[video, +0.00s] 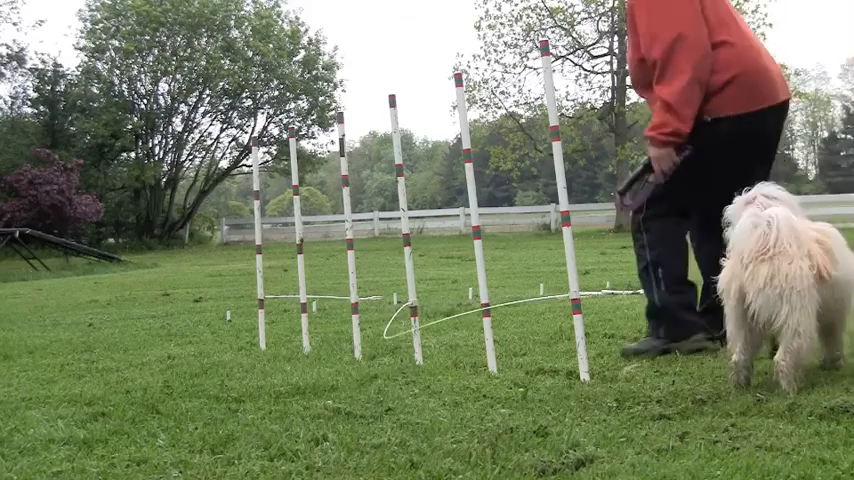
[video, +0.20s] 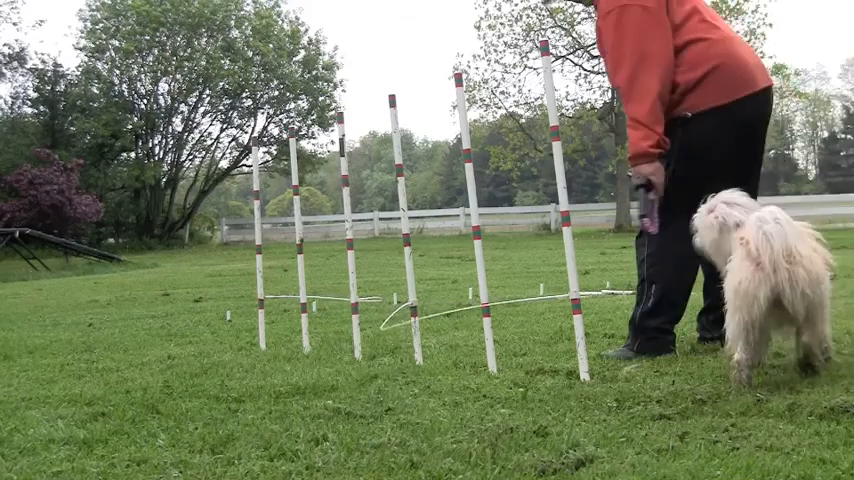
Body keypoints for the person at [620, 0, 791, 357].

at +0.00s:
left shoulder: (653, 5)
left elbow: (685, 51)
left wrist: (664, 135)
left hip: (733, 99)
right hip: (763, 93)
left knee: (655, 212)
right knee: (711, 215)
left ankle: (674, 326)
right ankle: (720, 319)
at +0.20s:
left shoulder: (622, 5)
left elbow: (642, 67)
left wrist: (644, 153)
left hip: (707, 96)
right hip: (750, 85)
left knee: (671, 220)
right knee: (729, 214)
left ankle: (650, 337)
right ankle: (719, 326)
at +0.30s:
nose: (558, 5)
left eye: (554, 3)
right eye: (553, 5)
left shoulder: (607, 6)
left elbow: (624, 76)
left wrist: (608, 161)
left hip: (692, 95)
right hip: (741, 81)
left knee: (656, 219)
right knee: (727, 216)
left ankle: (650, 339)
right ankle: (721, 323)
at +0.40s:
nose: (548, 5)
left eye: (547, 4)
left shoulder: (595, 6)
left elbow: (603, 79)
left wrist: (570, 153)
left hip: (682, 93)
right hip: (731, 80)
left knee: (646, 221)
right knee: (723, 219)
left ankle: (648, 339)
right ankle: (728, 329)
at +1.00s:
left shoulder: (560, 4)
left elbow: (563, 71)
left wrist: (534, 139)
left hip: (642, 93)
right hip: (690, 83)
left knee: (622, 223)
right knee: (672, 214)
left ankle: (645, 333)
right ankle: (678, 328)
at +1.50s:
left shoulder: (567, 4)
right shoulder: (637, 5)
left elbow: (565, 76)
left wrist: (546, 124)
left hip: (612, 116)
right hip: (673, 107)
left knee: (579, 227)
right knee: (665, 221)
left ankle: (616, 316)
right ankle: (665, 321)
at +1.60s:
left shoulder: (559, 6)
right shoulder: (630, 5)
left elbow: (552, 77)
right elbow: (640, 60)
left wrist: (536, 125)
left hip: (596, 116)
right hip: (660, 108)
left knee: (576, 225)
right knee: (660, 221)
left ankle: (575, 325)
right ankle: (663, 323)